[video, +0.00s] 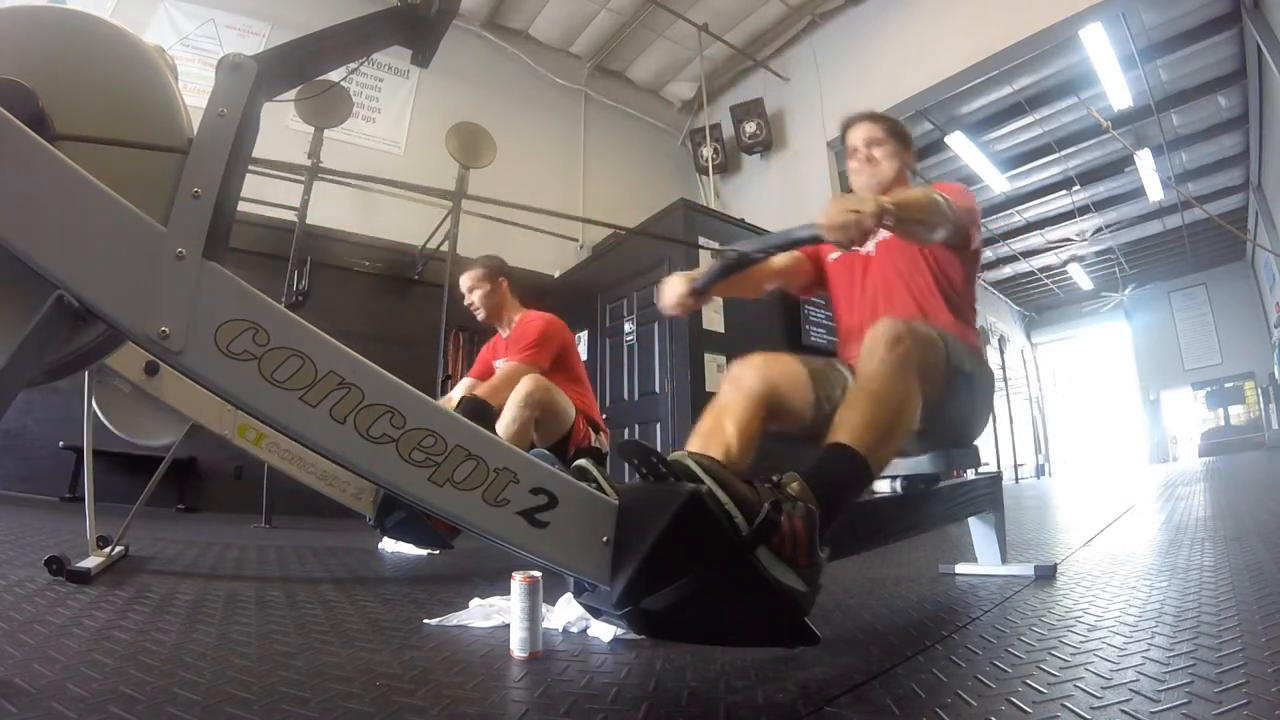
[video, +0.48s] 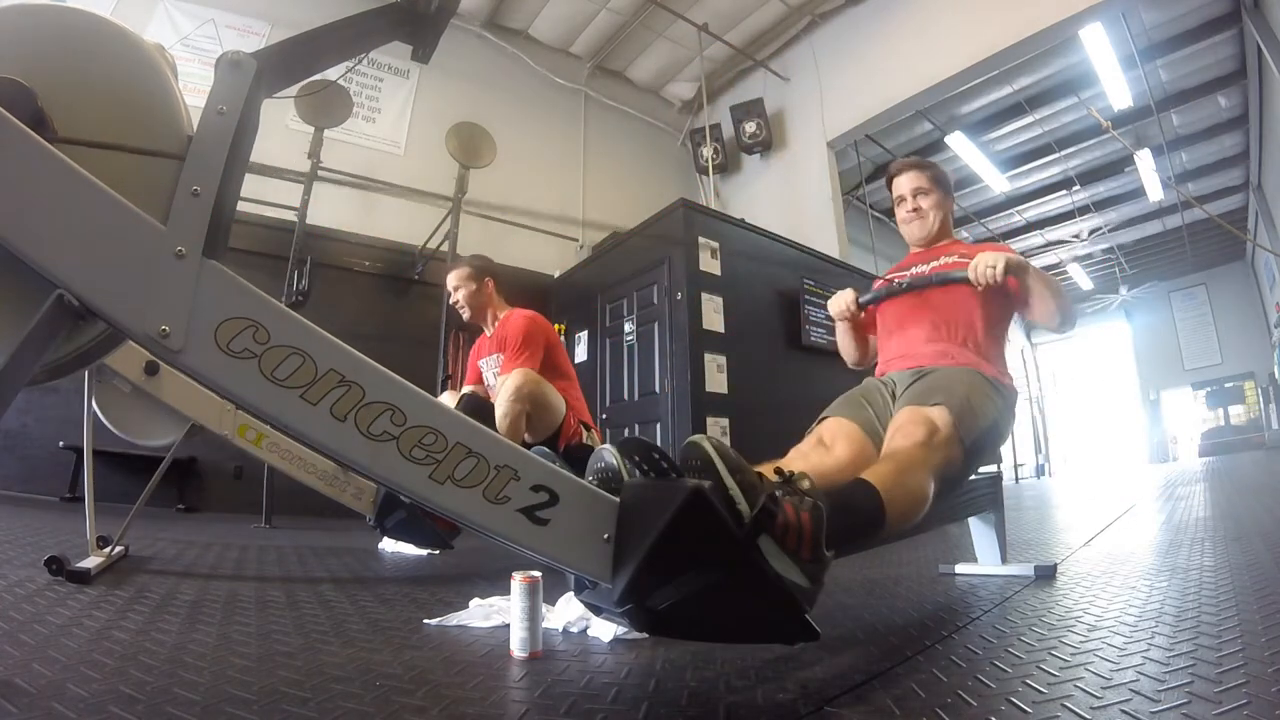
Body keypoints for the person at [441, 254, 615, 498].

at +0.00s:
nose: (467, 301)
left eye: (473, 291)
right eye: (464, 296)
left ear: (501, 284)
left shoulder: (542, 325)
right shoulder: (492, 348)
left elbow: (495, 395)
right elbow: (460, 396)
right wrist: (419, 418)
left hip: (582, 441)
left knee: (533, 387)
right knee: (467, 385)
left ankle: (489, 475)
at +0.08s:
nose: (458, 302)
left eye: (464, 291)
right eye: (456, 296)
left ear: (493, 286)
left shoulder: (534, 325)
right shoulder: (484, 348)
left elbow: (486, 392)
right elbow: (447, 397)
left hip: (577, 440)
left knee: (528, 386)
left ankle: (493, 475)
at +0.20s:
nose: (453, 303)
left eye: (458, 292)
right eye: (450, 297)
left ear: (488, 287)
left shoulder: (527, 324)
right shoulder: (477, 350)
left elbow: (478, 389)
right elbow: (448, 392)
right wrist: (417, 423)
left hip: (577, 439)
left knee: (525, 385)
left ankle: (498, 476)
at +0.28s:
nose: (450, 303)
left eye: (455, 292)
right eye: (448, 296)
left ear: (485, 287)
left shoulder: (524, 324)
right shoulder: (475, 349)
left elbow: (483, 394)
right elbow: (449, 396)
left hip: (575, 439)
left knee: (524, 383)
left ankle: (499, 473)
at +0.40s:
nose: (450, 301)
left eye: (455, 291)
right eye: (448, 295)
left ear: (486, 286)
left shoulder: (522, 323)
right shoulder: (475, 350)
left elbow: (495, 396)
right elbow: (459, 397)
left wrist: (461, 393)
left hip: (572, 438)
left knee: (522, 383)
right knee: (449, 399)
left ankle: (500, 474)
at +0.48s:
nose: (452, 300)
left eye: (457, 289)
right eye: (450, 294)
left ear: (487, 286)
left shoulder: (525, 323)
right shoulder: (478, 348)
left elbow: (511, 393)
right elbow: (469, 397)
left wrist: (479, 397)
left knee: (520, 383)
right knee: (447, 398)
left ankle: (499, 475)